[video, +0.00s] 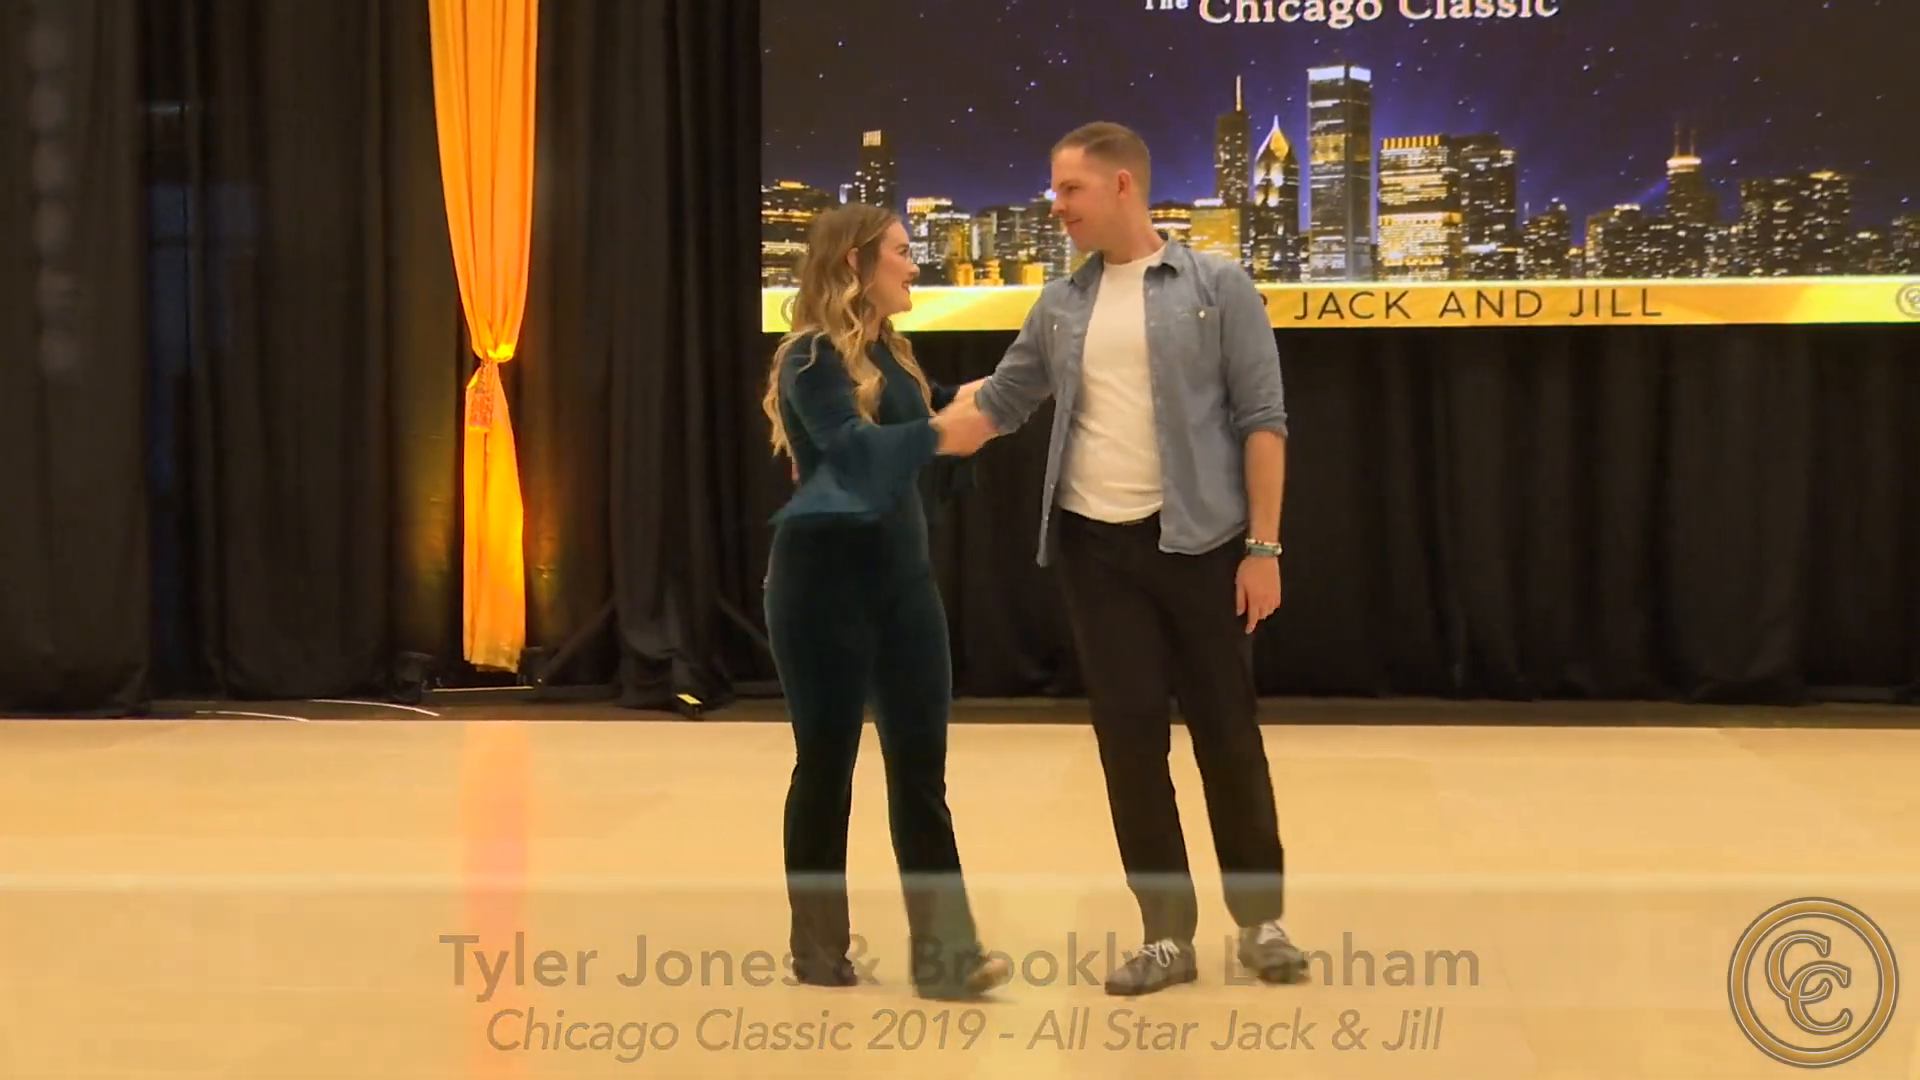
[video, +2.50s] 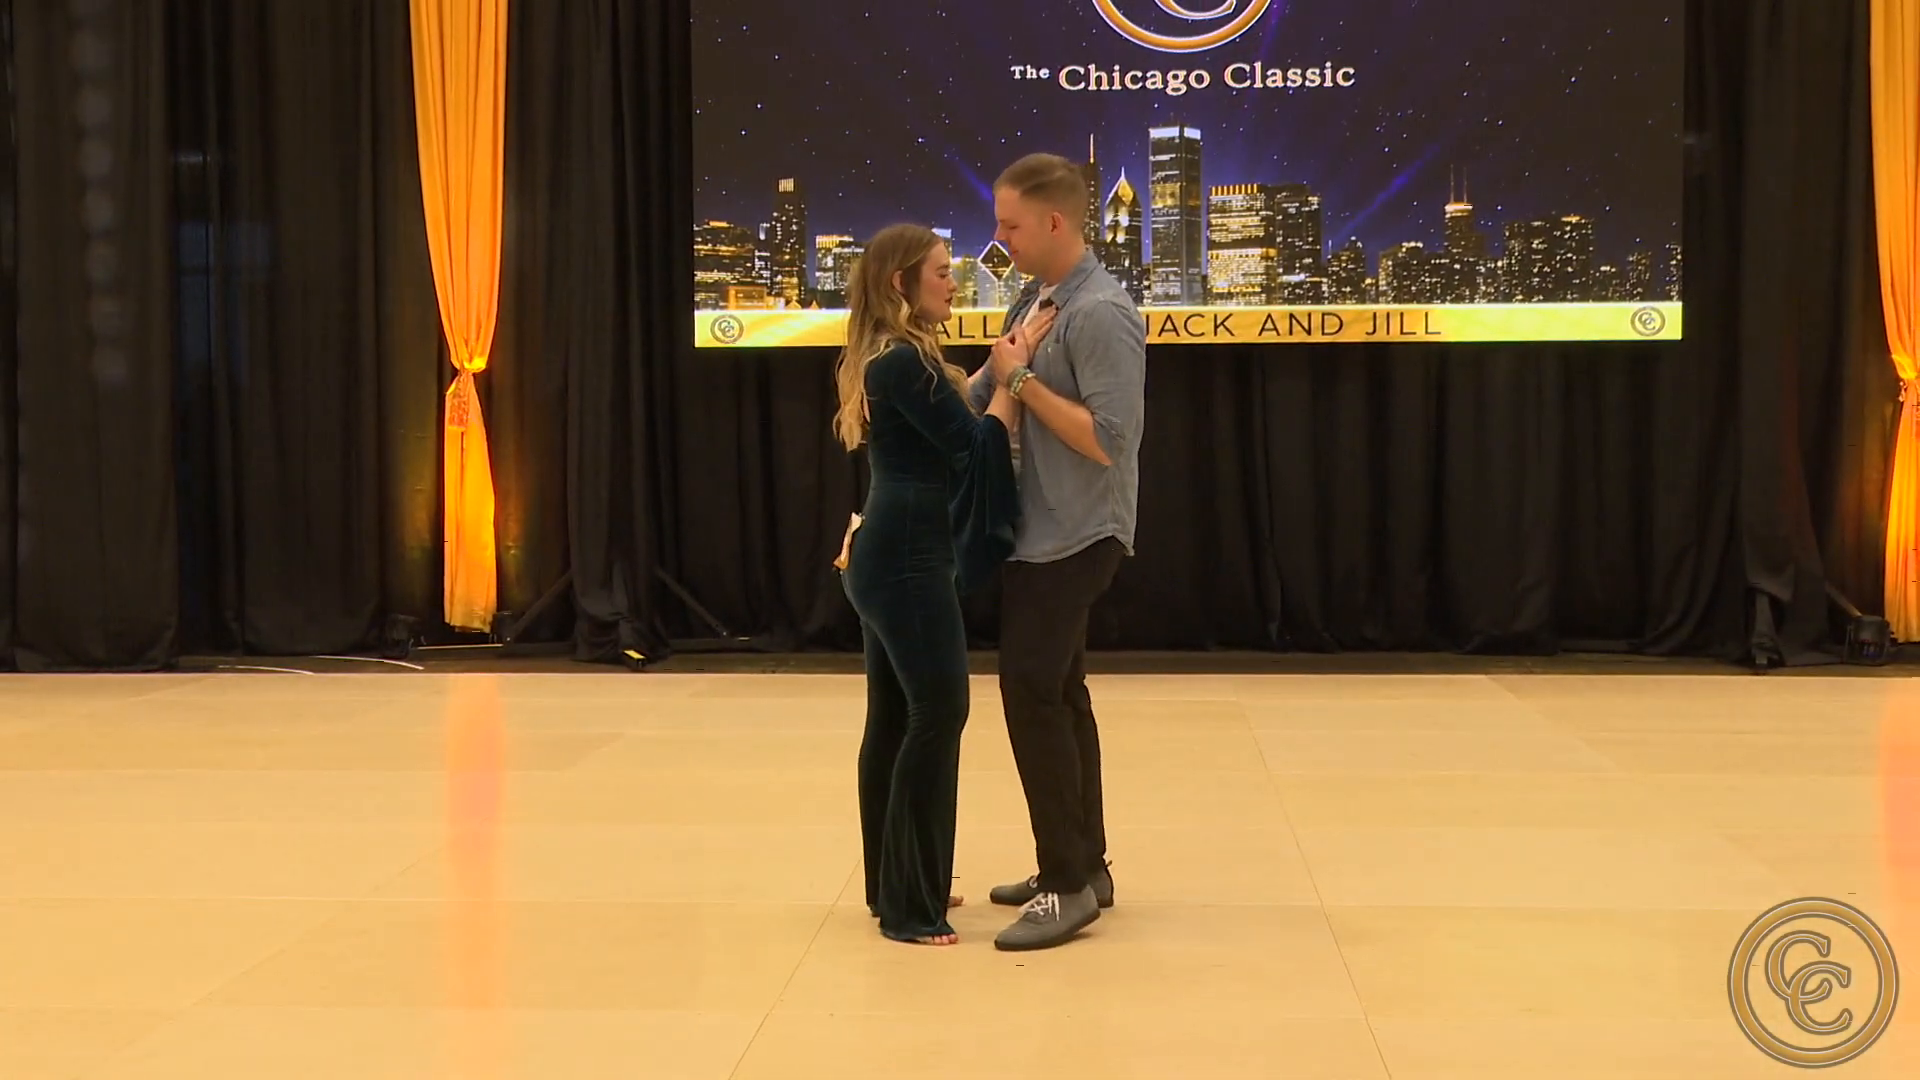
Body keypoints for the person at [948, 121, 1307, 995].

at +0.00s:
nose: (1058, 206)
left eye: (1071, 188)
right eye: (1055, 191)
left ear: (1126, 187)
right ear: (1085, 196)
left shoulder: (1219, 286)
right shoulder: (1063, 299)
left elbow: (1262, 418)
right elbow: (998, 399)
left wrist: (1263, 546)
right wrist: (894, 433)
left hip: (1200, 541)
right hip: (1093, 544)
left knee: (1228, 735)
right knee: (1129, 745)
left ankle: (1260, 923)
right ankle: (1168, 937)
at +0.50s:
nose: (1026, 201)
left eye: (1039, 185)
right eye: (1026, 187)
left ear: (1095, 189)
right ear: (1071, 193)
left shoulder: (1163, 287)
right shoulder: (1053, 299)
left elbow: (1204, 421)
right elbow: (1021, 423)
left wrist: (1160, 538)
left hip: (1127, 553)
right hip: (1048, 551)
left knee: (1137, 747)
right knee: (1077, 743)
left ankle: (1171, 954)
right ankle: (1112, 917)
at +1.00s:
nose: (1026, 189)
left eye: (1036, 173)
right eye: (1028, 174)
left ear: (1080, 177)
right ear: (1082, 177)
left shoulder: (1123, 273)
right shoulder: (1080, 278)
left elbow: (1091, 402)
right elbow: (1033, 406)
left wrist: (987, 340)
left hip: (1103, 530)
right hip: (1057, 530)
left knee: (1085, 719)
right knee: (1028, 708)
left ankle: (1125, 945)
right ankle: (1072, 893)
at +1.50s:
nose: (1011, 197)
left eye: (1022, 182)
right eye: (1014, 182)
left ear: (1071, 189)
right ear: (1070, 190)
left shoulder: (1107, 285)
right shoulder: (1064, 287)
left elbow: (1099, 424)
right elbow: (1033, 411)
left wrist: (1018, 354)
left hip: (1085, 538)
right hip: (1050, 536)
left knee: (1082, 724)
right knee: (1055, 717)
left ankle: (1100, 921)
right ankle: (1057, 884)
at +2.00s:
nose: (1012, 222)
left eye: (1021, 207)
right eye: (1013, 207)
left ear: (1065, 210)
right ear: (1065, 210)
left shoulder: (1100, 300)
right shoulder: (1065, 300)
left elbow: (1091, 431)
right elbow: (1035, 413)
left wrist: (1016, 368)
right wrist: (1018, 363)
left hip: (1082, 536)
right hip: (1047, 535)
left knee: (1076, 709)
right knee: (1045, 703)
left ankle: (1092, 905)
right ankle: (1075, 870)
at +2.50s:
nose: (1003, 242)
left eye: (1011, 227)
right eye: (1001, 228)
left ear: (1058, 223)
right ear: (1047, 225)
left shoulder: (1102, 312)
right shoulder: (1038, 306)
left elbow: (1108, 444)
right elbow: (1001, 409)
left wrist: (1021, 379)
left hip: (1078, 535)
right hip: (1042, 530)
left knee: (1032, 692)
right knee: (1059, 695)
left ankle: (1073, 883)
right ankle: (1077, 866)